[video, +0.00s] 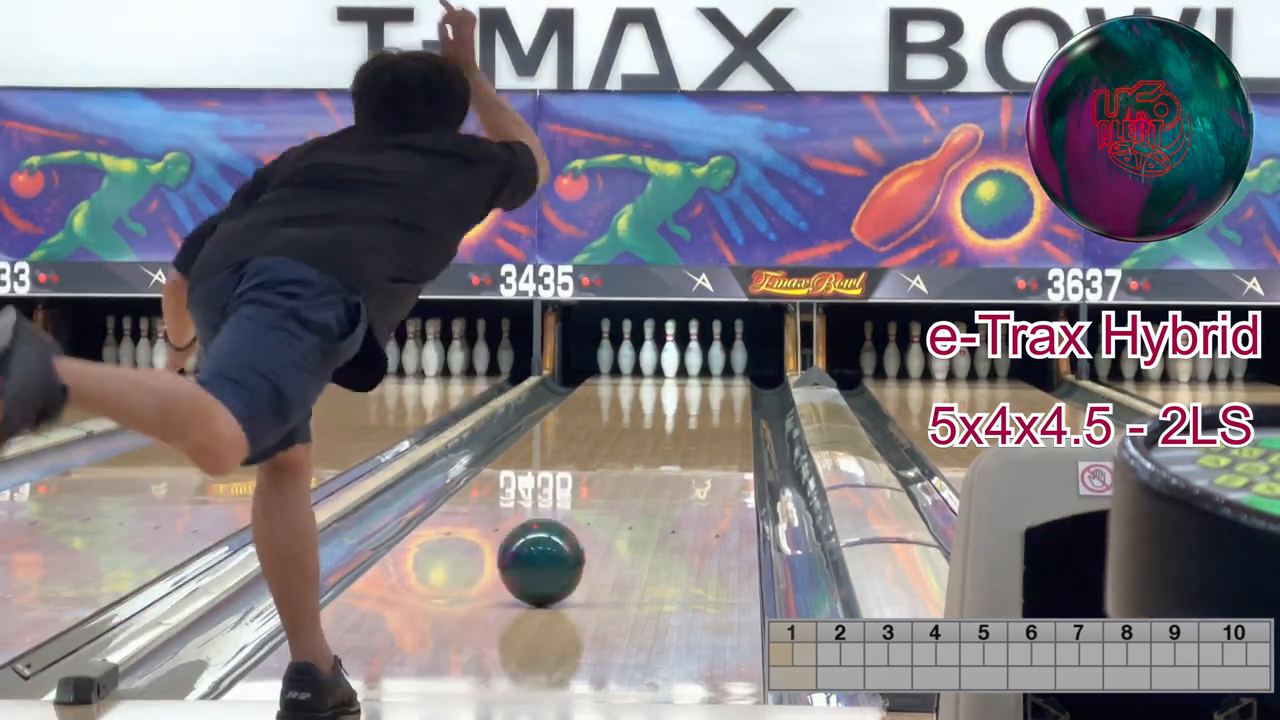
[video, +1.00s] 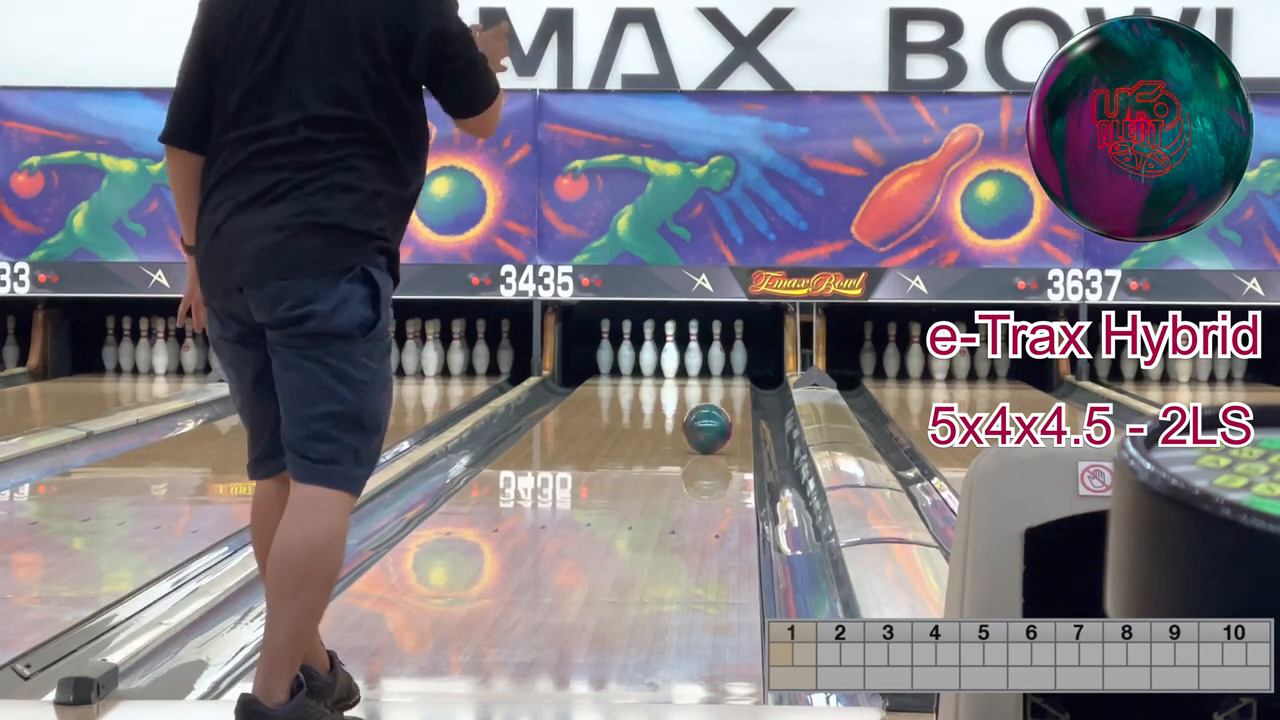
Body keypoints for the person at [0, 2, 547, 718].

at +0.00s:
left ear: (361, 115)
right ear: (448, 121)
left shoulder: (303, 157)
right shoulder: (460, 162)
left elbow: (181, 272)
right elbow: (528, 158)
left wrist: (180, 343)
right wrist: (474, 76)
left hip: (219, 271)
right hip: (311, 276)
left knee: (285, 465)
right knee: (225, 436)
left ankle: (311, 668)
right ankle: (51, 372)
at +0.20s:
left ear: (361, 45)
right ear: (448, 53)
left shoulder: (302, 111)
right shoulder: (452, 105)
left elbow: (201, 237)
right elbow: (542, 103)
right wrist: (486, 25)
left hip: (221, 266)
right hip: (318, 259)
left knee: (284, 469)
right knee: (283, 443)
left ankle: (313, 673)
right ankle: (128, 522)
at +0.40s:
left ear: (353, 14)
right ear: (433, 17)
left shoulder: (293, 74)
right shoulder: (453, 62)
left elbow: (195, 199)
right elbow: (542, 62)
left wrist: (203, 269)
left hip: (227, 251)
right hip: (324, 247)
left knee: (280, 464)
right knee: (286, 446)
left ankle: (313, 671)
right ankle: (137, 566)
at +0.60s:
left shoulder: (276, 31)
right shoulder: (439, 17)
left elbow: (187, 158)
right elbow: (548, 40)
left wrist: (203, 249)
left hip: (226, 255)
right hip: (322, 249)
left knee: (272, 471)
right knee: (309, 455)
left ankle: (311, 670)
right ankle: (164, 599)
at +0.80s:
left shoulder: (254, 7)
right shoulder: (424, 2)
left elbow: (185, 131)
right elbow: (521, 71)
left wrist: (207, 251)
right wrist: (479, 5)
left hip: (223, 251)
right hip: (321, 244)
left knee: (272, 466)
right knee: (326, 459)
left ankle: (310, 667)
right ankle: (247, 673)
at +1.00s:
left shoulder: (230, 3)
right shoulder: (411, 4)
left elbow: (183, 140)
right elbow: (479, 115)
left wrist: (201, 257)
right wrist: (486, 55)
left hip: (226, 254)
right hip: (328, 251)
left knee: (274, 471)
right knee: (328, 477)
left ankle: (309, 663)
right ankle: (269, 694)